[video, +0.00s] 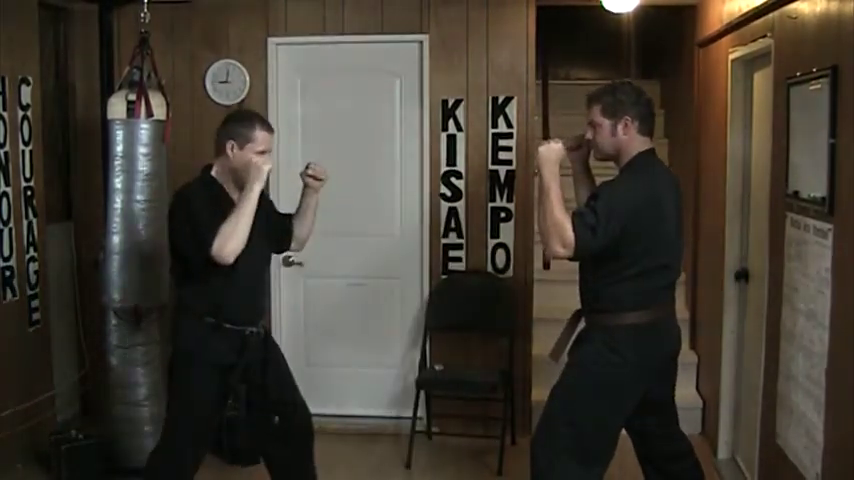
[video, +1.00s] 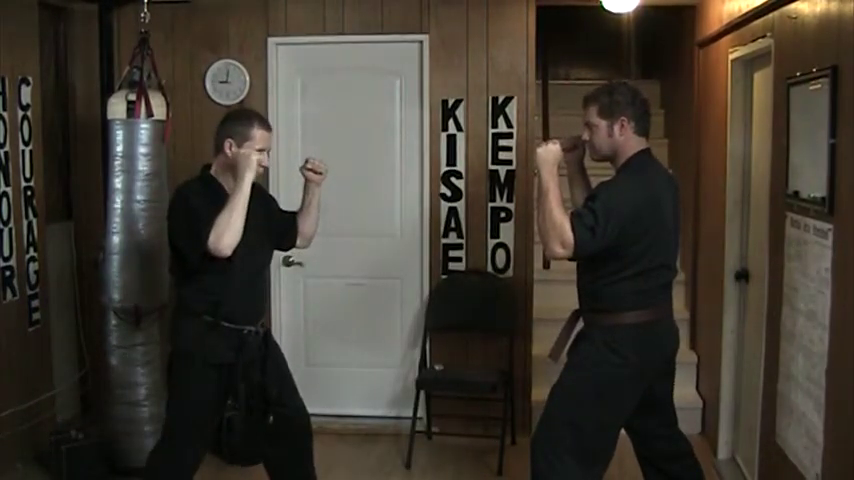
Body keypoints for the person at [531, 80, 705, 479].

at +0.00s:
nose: (588, 136)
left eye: (594, 126)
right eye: (588, 127)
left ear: (625, 127)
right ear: (628, 127)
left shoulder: (631, 185)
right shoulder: (661, 179)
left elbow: (562, 243)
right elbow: (599, 227)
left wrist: (548, 170)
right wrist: (581, 167)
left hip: (618, 342)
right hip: (655, 336)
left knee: (556, 455)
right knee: (665, 450)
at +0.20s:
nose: (588, 135)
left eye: (594, 126)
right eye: (588, 126)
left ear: (625, 126)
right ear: (628, 127)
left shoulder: (629, 187)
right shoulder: (662, 180)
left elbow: (562, 243)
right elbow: (599, 227)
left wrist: (548, 171)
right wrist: (580, 167)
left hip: (618, 342)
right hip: (657, 336)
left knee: (556, 454)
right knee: (664, 449)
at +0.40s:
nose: (589, 136)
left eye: (594, 126)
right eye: (588, 127)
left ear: (624, 127)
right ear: (628, 127)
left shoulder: (629, 186)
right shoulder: (662, 180)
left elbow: (562, 244)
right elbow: (600, 228)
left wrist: (547, 172)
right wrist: (580, 168)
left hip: (618, 342)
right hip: (656, 336)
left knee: (556, 454)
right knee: (665, 450)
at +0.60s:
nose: (588, 136)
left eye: (593, 126)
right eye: (587, 127)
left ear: (624, 127)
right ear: (627, 127)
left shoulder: (629, 186)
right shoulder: (662, 180)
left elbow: (562, 244)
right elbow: (599, 227)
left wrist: (548, 172)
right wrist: (579, 167)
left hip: (618, 341)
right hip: (655, 335)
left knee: (556, 453)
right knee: (663, 448)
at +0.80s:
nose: (587, 137)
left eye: (592, 127)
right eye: (586, 128)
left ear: (622, 127)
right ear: (626, 127)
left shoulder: (628, 186)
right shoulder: (661, 180)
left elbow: (562, 244)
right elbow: (598, 227)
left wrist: (548, 171)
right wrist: (578, 167)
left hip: (616, 342)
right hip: (654, 335)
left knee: (556, 454)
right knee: (663, 448)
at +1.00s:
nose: (585, 137)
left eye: (590, 127)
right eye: (585, 128)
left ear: (621, 127)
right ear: (625, 127)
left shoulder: (627, 187)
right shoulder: (660, 180)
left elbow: (561, 244)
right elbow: (595, 227)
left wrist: (547, 172)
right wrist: (576, 168)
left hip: (616, 342)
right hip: (653, 336)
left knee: (556, 454)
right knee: (663, 448)